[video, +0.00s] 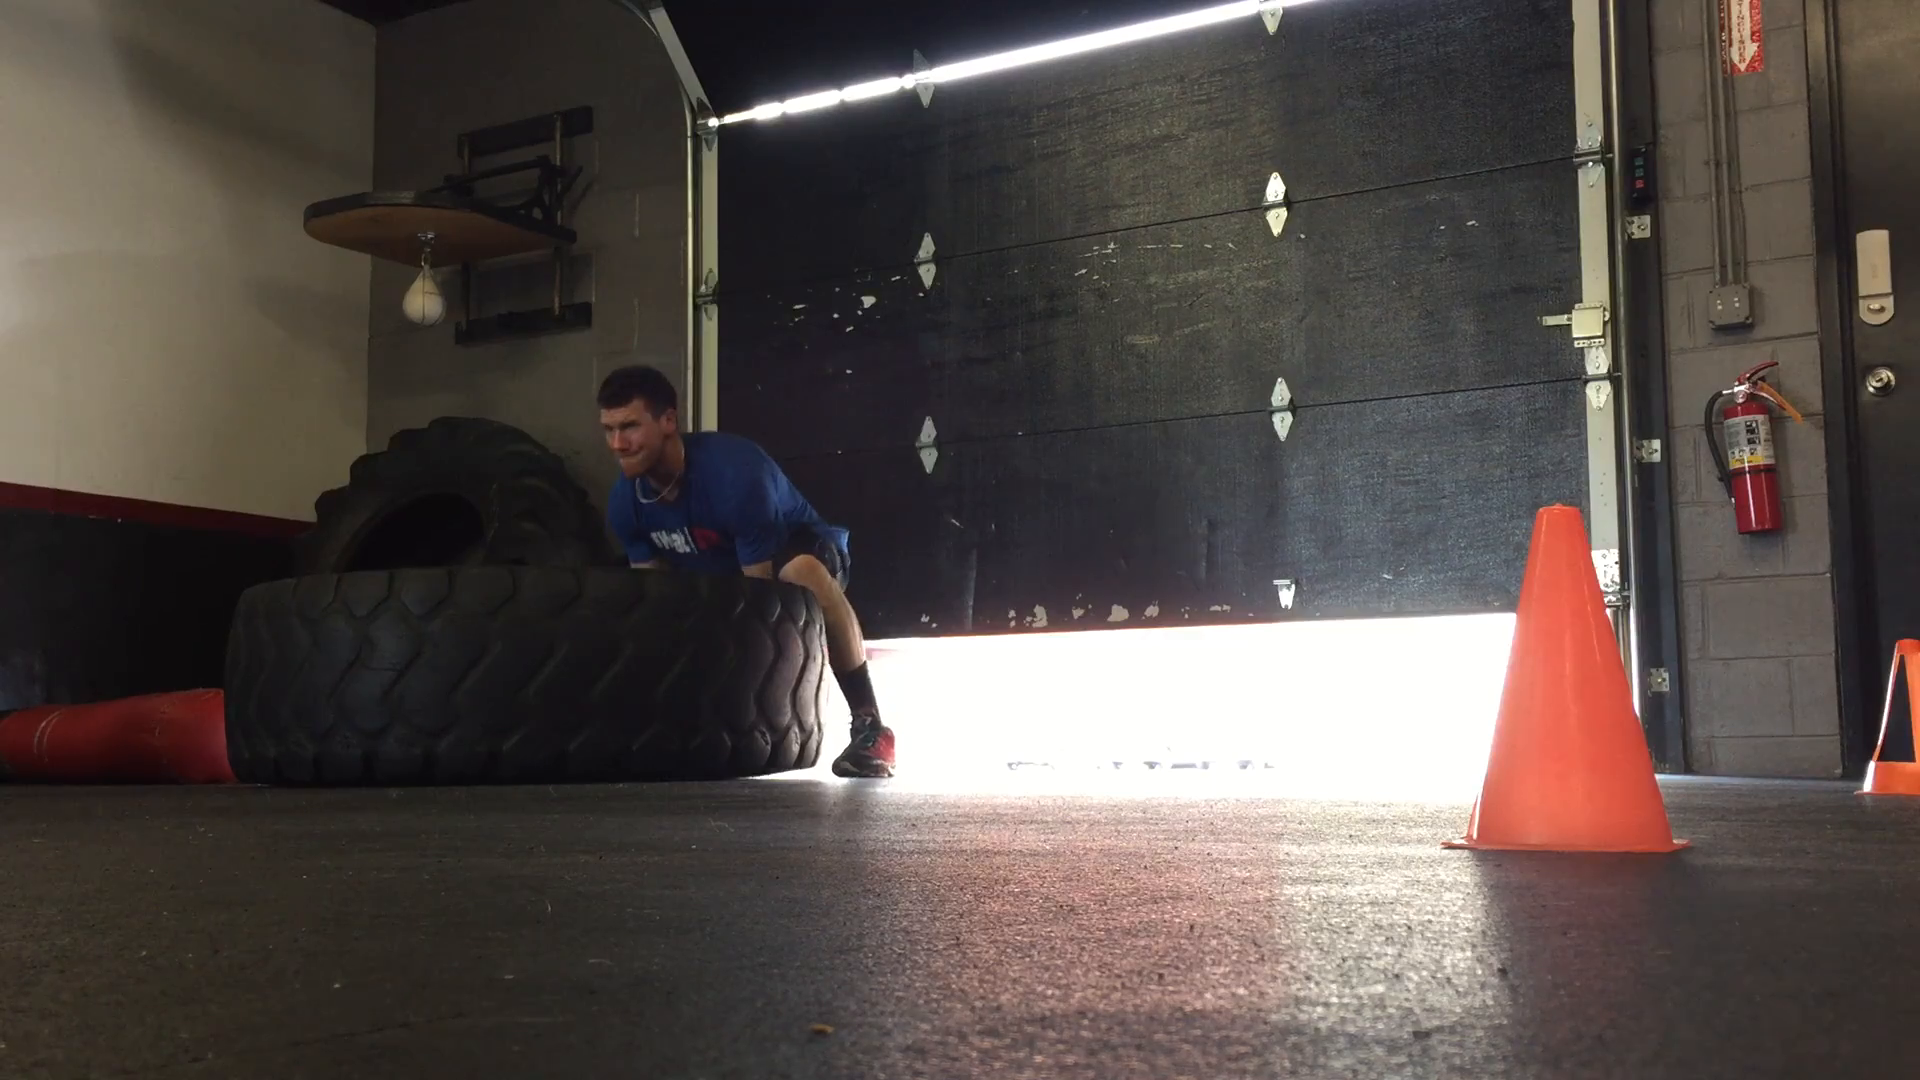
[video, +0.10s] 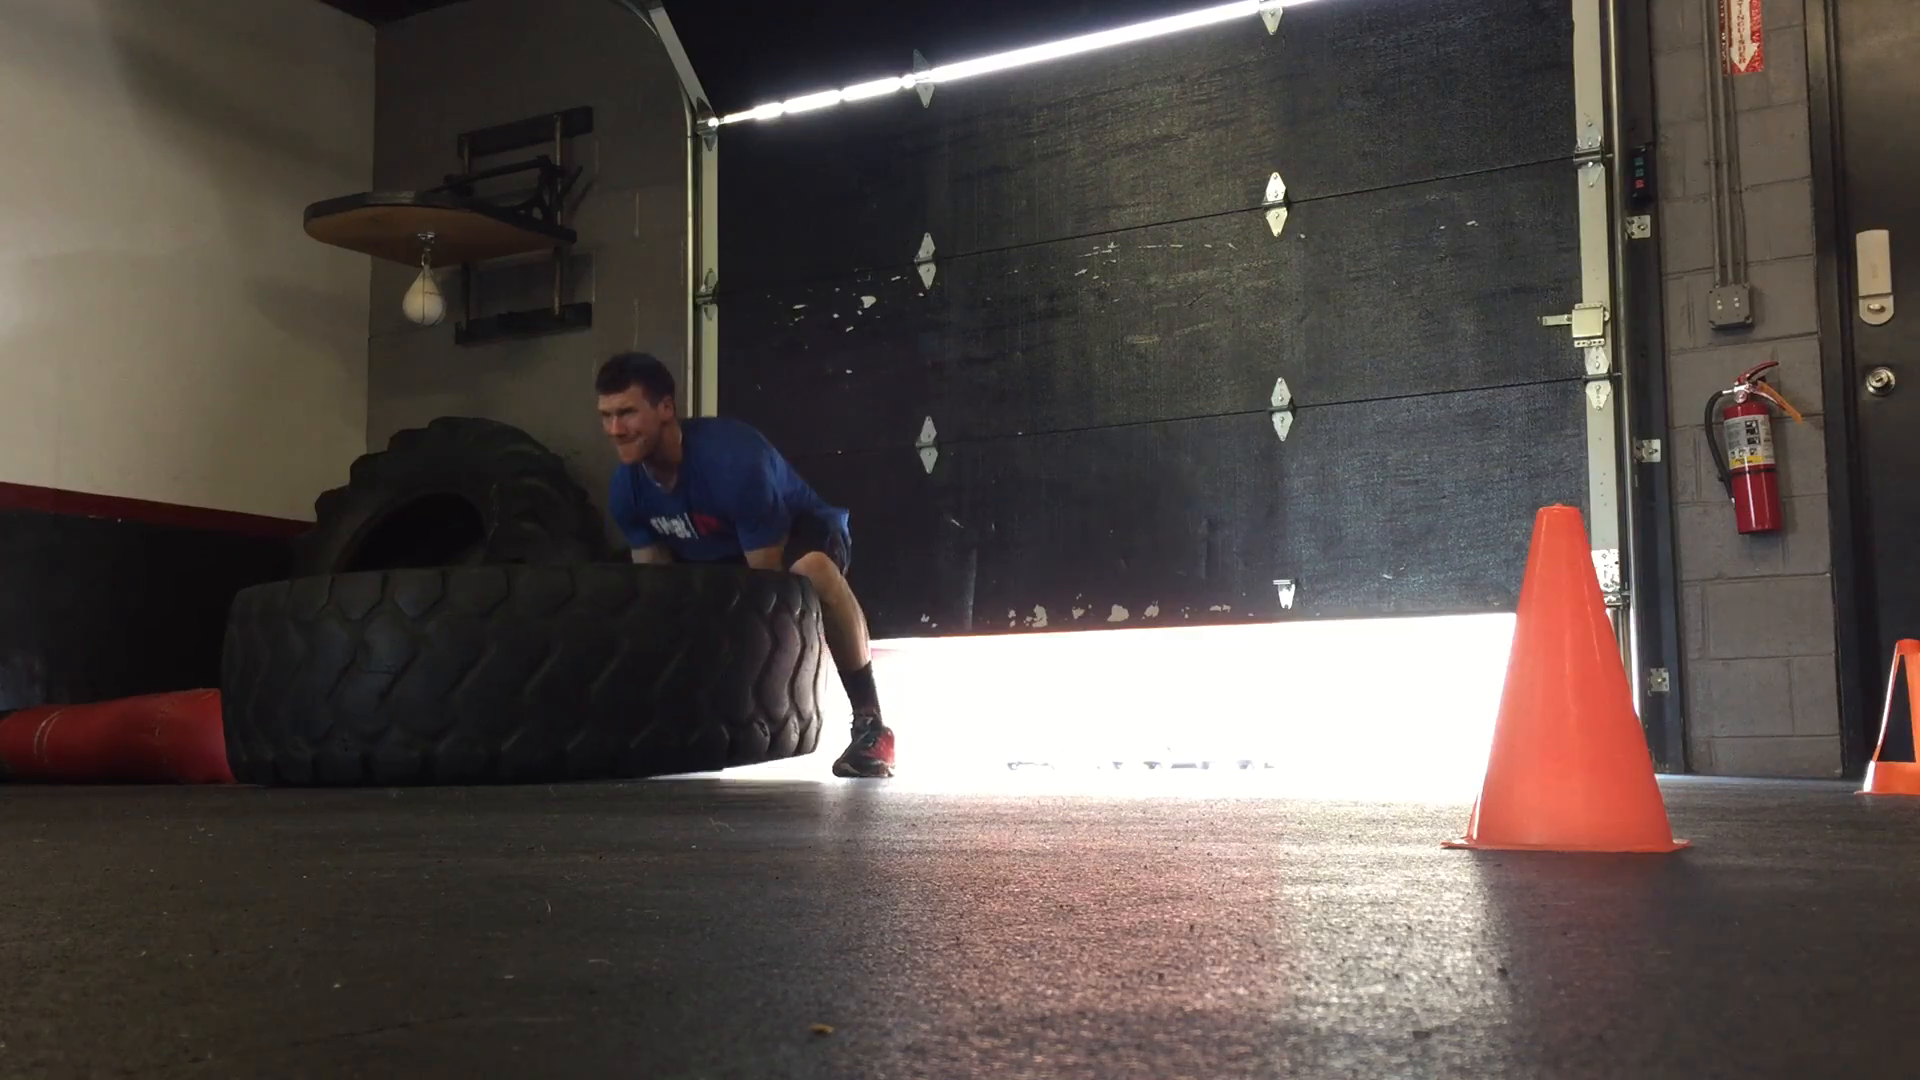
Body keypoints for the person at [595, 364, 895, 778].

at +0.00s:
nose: (617, 442)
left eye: (629, 427)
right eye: (609, 430)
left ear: (668, 421)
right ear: (604, 432)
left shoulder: (739, 469)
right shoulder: (626, 503)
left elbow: (757, 589)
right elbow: (657, 593)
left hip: (796, 545)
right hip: (717, 570)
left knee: (804, 570)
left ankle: (869, 727)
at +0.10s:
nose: (614, 428)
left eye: (626, 413)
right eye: (606, 417)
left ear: (665, 408)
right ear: (601, 420)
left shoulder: (737, 455)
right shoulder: (627, 488)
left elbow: (768, 575)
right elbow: (655, 583)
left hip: (798, 534)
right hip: (722, 558)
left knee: (814, 569)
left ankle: (870, 726)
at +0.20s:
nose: (610, 399)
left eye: (622, 384)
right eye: (603, 388)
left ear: (662, 381)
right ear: (596, 393)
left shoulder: (732, 429)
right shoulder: (621, 461)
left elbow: (769, 550)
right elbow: (651, 555)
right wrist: (656, 636)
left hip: (799, 513)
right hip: (715, 536)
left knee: (825, 564)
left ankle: (871, 725)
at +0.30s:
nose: (602, 354)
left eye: (614, 339)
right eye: (596, 342)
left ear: (655, 339)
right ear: (592, 349)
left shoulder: (724, 389)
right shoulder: (612, 419)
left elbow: (768, 502)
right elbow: (645, 511)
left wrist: (774, 603)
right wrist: (653, 593)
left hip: (794, 484)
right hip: (702, 504)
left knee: (829, 554)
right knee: (628, 576)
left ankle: (872, 724)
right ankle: (631, 734)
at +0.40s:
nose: (596, 293)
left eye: (609, 278)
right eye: (588, 281)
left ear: (647, 280)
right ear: (581, 288)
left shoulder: (714, 337)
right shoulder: (599, 360)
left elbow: (763, 446)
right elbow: (632, 457)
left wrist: (764, 551)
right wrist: (647, 543)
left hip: (780, 455)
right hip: (693, 469)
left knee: (836, 558)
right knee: (629, 576)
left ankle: (873, 725)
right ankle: (628, 735)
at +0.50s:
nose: (590, 224)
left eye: (604, 209)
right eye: (582, 212)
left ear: (644, 212)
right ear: (575, 219)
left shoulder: (703, 274)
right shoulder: (588, 291)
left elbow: (757, 373)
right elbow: (614, 380)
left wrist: (746, 473)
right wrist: (633, 462)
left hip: (761, 428)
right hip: (677, 439)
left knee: (819, 556)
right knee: (628, 567)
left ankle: (870, 724)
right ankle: (628, 730)